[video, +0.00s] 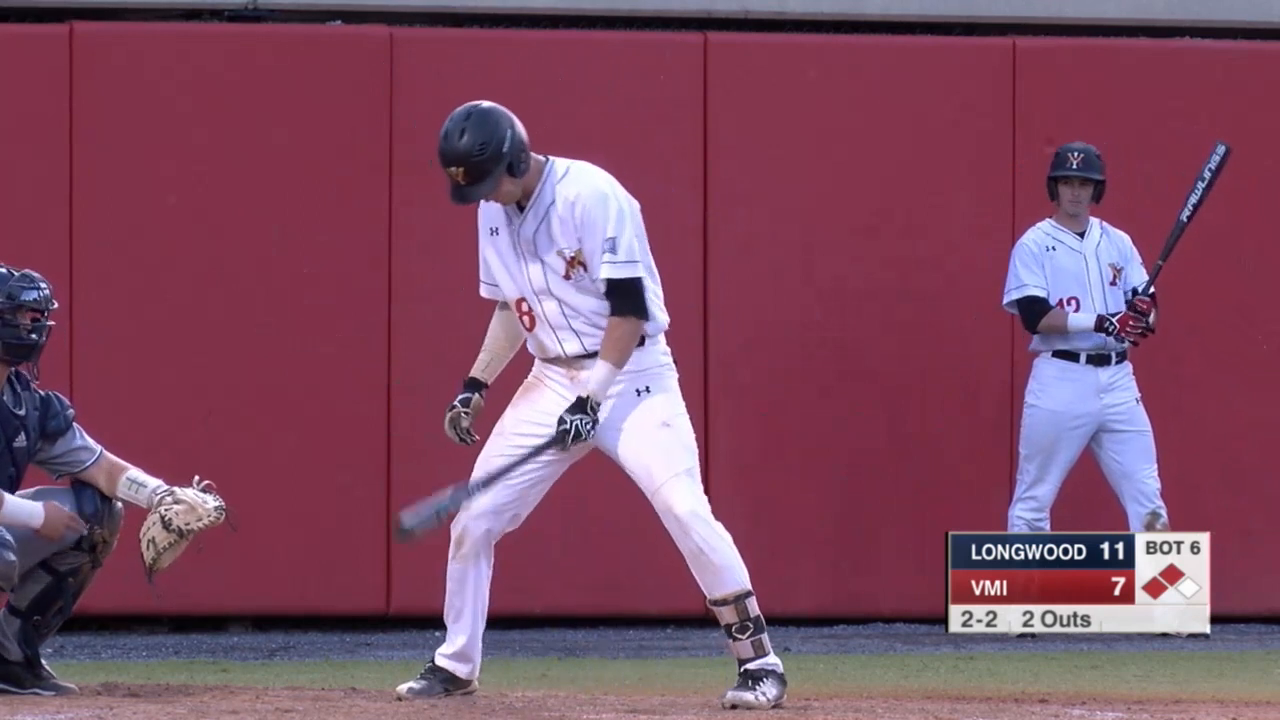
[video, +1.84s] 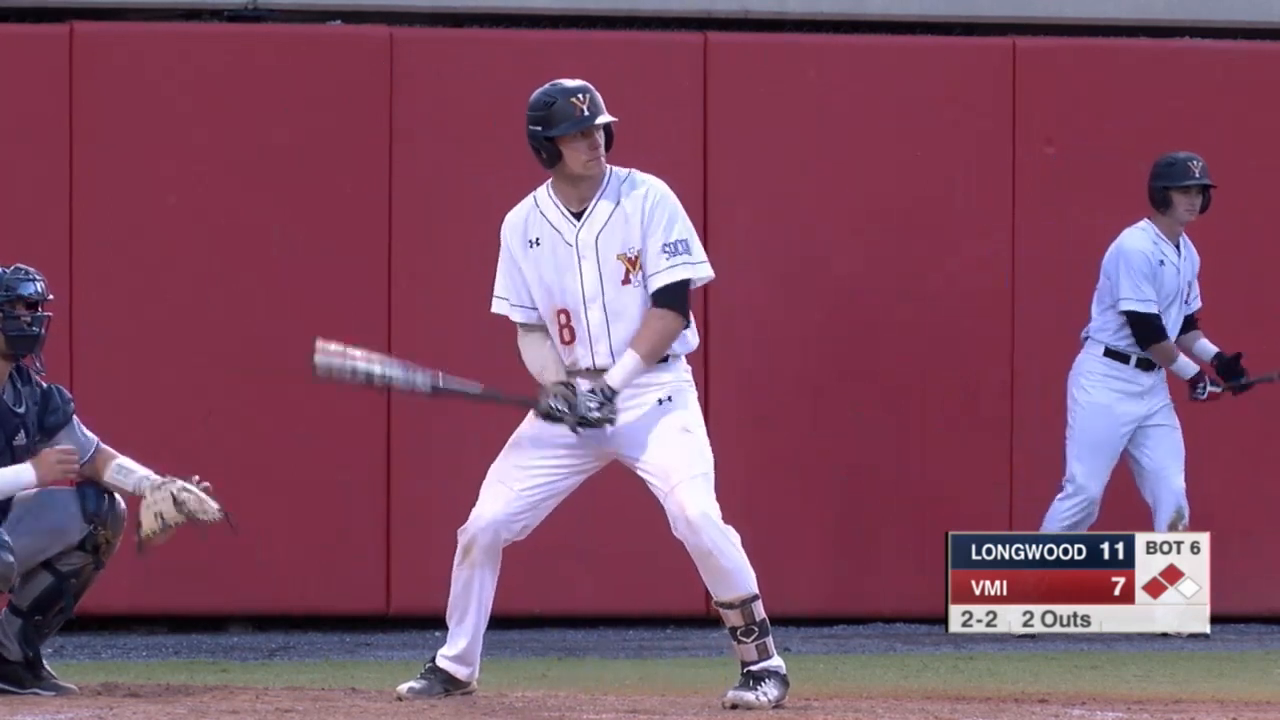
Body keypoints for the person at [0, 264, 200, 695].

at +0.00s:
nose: (28, 325)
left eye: (35, 315)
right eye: (17, 314)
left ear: (43, 322)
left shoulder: (32, 405)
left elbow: (103, 468)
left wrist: (164, 495)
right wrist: (34, 514)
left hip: (8, 527)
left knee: (93, 511)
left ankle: (14, 651)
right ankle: (10, 651)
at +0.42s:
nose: (29, 325)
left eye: (35, 315)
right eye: (18, 314)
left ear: (42, 321)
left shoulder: (36, 404)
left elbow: (108, 468)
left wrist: (179, 506)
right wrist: (9, 459)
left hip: (6, 528)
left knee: (98, 515)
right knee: (7, 561)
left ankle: (14, 651)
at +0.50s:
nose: (29, 325)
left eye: (34, 315)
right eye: (17, 314)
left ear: (41, 321)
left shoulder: (23, 395)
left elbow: (107, 466)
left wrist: (183, 512)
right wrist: (21, 427)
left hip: (5, 528)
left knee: (98, 515)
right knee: (8, 561)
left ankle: (14, 651)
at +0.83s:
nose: (30, 322)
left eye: (36, 312)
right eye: (19, 311)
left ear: (43, 318)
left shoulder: (33, 401)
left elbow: (106, 469)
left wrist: (188, 531)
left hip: (9, 528)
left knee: (97, 513)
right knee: (7, 563)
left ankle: (14, 652)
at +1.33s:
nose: (32, 322)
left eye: (38, 312)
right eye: (19, 311)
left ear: (47, 317)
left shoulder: (37, 404)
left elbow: (115, 474)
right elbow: (8, 511)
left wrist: (191, 536)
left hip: (3, 527)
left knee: (100, 514)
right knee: (6, 558)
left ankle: (13, 652)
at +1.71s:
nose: (30, 319)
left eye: (34, 310)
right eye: (17, 309)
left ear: (39, 316)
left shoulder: (36, 402)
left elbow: (99, 463)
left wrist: (172, 512)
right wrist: (6, 474)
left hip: (4, 531)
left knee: (98, 515)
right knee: (5, 561)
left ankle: (12, 651)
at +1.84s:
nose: (28, 318)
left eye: (33, 308)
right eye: (17, 308)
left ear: (41, 314)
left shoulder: (39, 396)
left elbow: (93, 456)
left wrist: (156, 485)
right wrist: (31, 473)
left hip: (10, 525)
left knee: (98, 510)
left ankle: (16, 649)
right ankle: (11, 650)